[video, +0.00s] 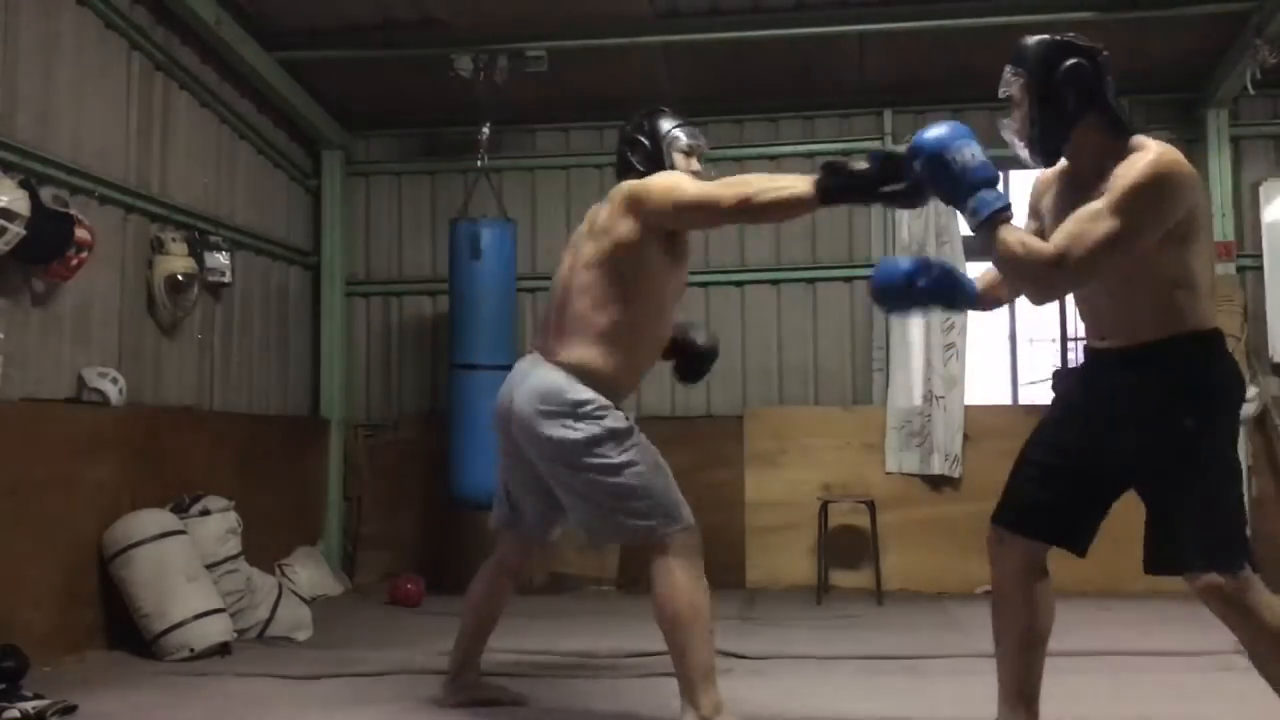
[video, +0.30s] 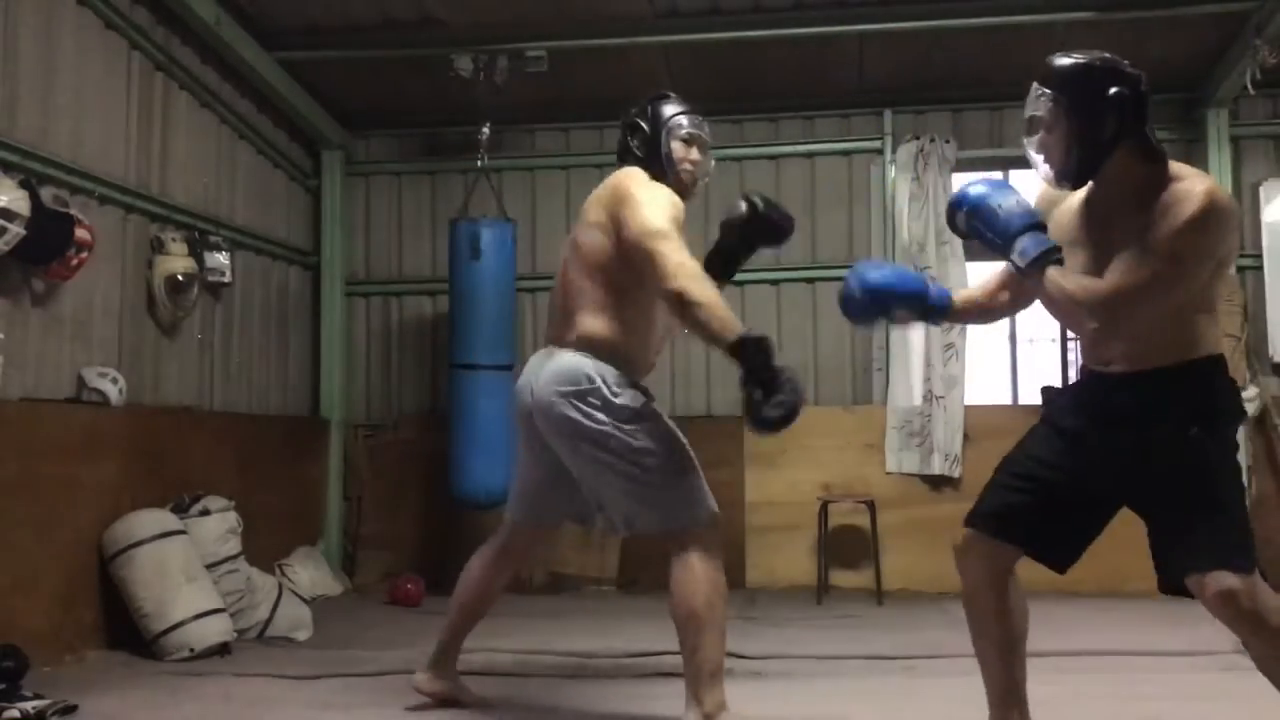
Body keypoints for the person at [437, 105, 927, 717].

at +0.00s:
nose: (704, 164)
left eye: (701, 153)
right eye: (691, 152)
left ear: (644, 159)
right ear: (657, 155)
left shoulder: (623, 214)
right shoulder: (646, 195)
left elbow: (601, 305)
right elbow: (736, 198)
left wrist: (668, 344)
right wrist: (847, 182)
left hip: (534, 390)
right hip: (571, 402)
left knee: (513, 547)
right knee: (675, 536)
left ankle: (459, 677)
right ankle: (706, 706)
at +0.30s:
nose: (698, 157)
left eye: (703, 146)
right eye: (687, 141)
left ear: (639, 149)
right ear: (649, 141)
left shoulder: (622, 198)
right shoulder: (638, 189)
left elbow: (679, 305)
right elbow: (677, 278)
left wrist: (727, 256)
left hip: (544, 378)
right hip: (591, 382)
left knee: (519, 536)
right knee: (697, 531)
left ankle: (437, 669)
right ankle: (708, 705)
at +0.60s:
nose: (663, 160)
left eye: (664, 149)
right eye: (651, 146)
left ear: (617, 155)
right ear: (614, 147)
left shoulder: (614, 216)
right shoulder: (597, 198)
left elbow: (667, 295)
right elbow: (578, 266)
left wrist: (702, 226)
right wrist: (617, 329)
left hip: (549, 396)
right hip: (592, 399)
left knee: (512, 556)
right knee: (706, 539)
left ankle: (437, 686)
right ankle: (694, 706)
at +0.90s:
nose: (667, 128)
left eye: (669, 117)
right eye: (654, 114)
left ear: (607, 122)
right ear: (616, 115)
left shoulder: (615, 184)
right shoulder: (601, 162)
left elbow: (624, 278)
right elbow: (607, 235)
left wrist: (684, 249)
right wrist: (698, 291)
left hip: (531, 369)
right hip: (582, 374)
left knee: (517, 540)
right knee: (656, 546)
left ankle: (412, 674)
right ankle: (687, 712)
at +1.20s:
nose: (625, 119)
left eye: (629, 108)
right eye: (613, 104)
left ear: (609, 117)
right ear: (573, 105)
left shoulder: (572, 185)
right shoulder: (544, 160)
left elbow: (599, 283)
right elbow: (509, 250)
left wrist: (653, 234)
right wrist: (562, 344)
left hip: (500, 369)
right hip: (539, 368)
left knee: (471, 549)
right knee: (634, 532)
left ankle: (396, 695)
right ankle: (682, 704)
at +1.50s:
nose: (634, 118)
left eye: (638, 106)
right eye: (621, 102)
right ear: (579, 102)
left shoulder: (577, 187)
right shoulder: (553, 156)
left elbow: (598, 311)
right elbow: (550, 248)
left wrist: (660, 238)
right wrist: (647, 273)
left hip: (502, 384)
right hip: (543, 379)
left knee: (483, 554)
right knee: (647, 540)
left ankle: (399, 699)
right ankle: (637, 713)